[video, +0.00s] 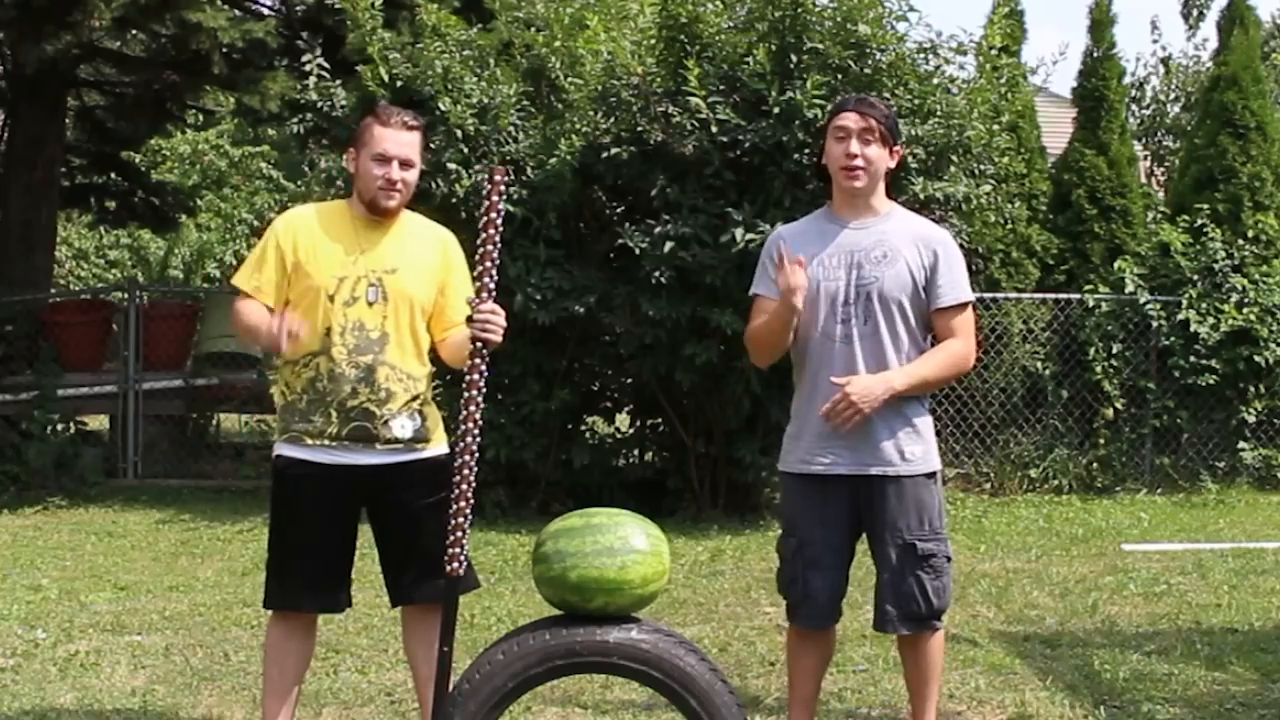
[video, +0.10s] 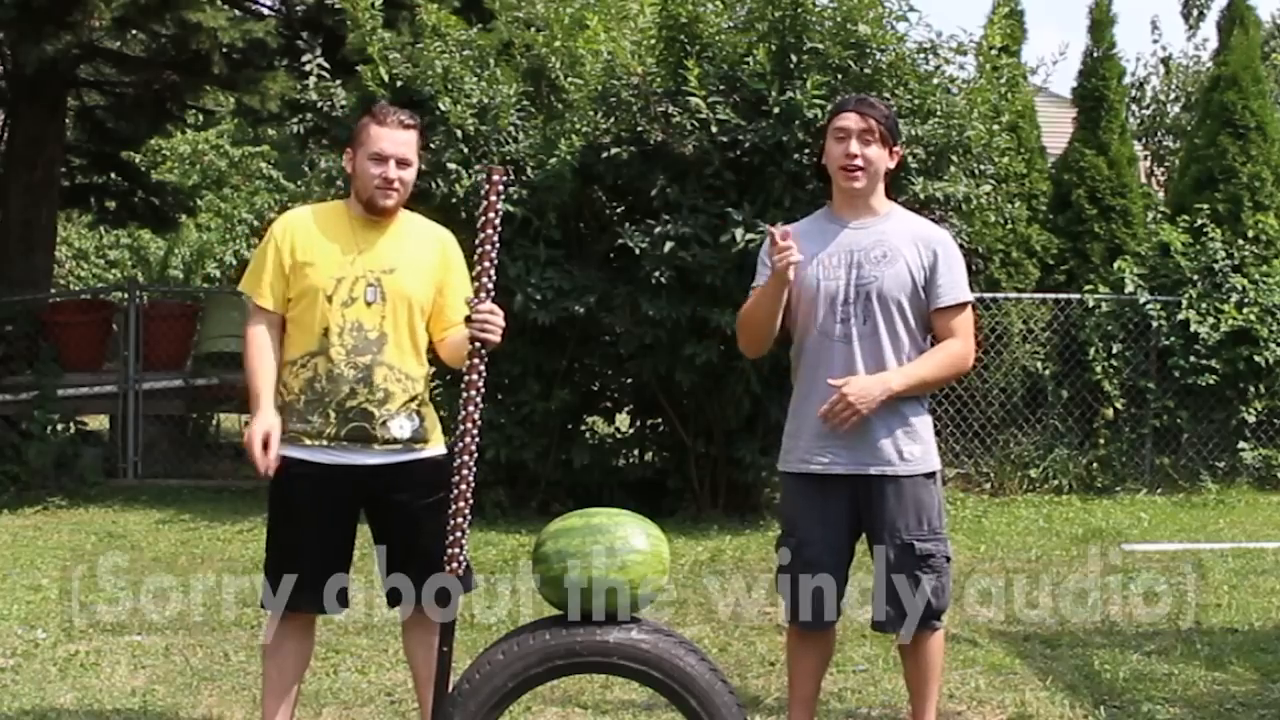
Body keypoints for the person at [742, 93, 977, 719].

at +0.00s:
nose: (853, 149)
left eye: (867, 139)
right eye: (841, 137)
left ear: (891, 156)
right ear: (824, 153)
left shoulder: (930, 242)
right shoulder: (788, 241)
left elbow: (961, 348)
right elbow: (760, 353)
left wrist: (887, 382)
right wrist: (787, 305)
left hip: (903, 460)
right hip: (813, 459)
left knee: (921, 609)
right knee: (808, 609)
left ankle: (923, 716)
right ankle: (799, 716)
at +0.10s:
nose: (853, 150)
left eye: (868, 139)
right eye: (840, 138)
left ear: (891, 156)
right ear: (824, 153)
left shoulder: (929, 241)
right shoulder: (793, 240)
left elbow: (960, 348)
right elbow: (752, 343)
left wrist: (882, 383)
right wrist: (775, 281)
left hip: (903, 461)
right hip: (812, 459)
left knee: (922, 608)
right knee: (808, 608)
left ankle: (923, 717)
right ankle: (799, 715)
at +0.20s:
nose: (854, 147)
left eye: (868, 138)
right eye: (842, 136)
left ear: (891, 155)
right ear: (824, 152)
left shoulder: (929, 242)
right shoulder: (786, 241)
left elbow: (957, 350)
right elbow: (735, 335)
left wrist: (882, 383)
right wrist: (790, 287)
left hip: (903, 462)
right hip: (812, 459)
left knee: (921, 610)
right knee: (808, 610)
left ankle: (924, 717)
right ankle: (798, 716)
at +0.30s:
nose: (856, 146)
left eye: (870, 138)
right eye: (845, 136)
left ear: (894, 156)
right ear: (826, 153)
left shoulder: (929, 244)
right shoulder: (786, 241)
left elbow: (955, 350)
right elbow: (732, 334)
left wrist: (890, 378)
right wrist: (806, 343)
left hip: (904, 463)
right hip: (812, 461)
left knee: (921, 609)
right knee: (808, 609)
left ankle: (925, 716)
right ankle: (799, 716)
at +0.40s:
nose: (859, 147)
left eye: (873, 138)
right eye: (847, 136)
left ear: (895, 157)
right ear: (827, 151)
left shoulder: (928, 243)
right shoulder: (786, 243)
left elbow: (958, 350)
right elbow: (743, 342)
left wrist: (878, 381)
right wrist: (802, 382)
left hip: (901, 462)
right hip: (809, 461)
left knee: (920, 607)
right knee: (806, 608)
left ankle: (924, 717)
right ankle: (799, 715)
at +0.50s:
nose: (854, 146)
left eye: (869, 138)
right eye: (842, 135)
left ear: (890, 158)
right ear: (824, 151)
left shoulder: (927, 243)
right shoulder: (784, 242)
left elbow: (963, 347)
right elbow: (751, 342)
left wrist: (880, 385)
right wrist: (808, 378)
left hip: (900, 463)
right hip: (808, 463)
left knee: (918, 609)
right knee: (805, 610)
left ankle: (923, 716)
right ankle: (799, 716)